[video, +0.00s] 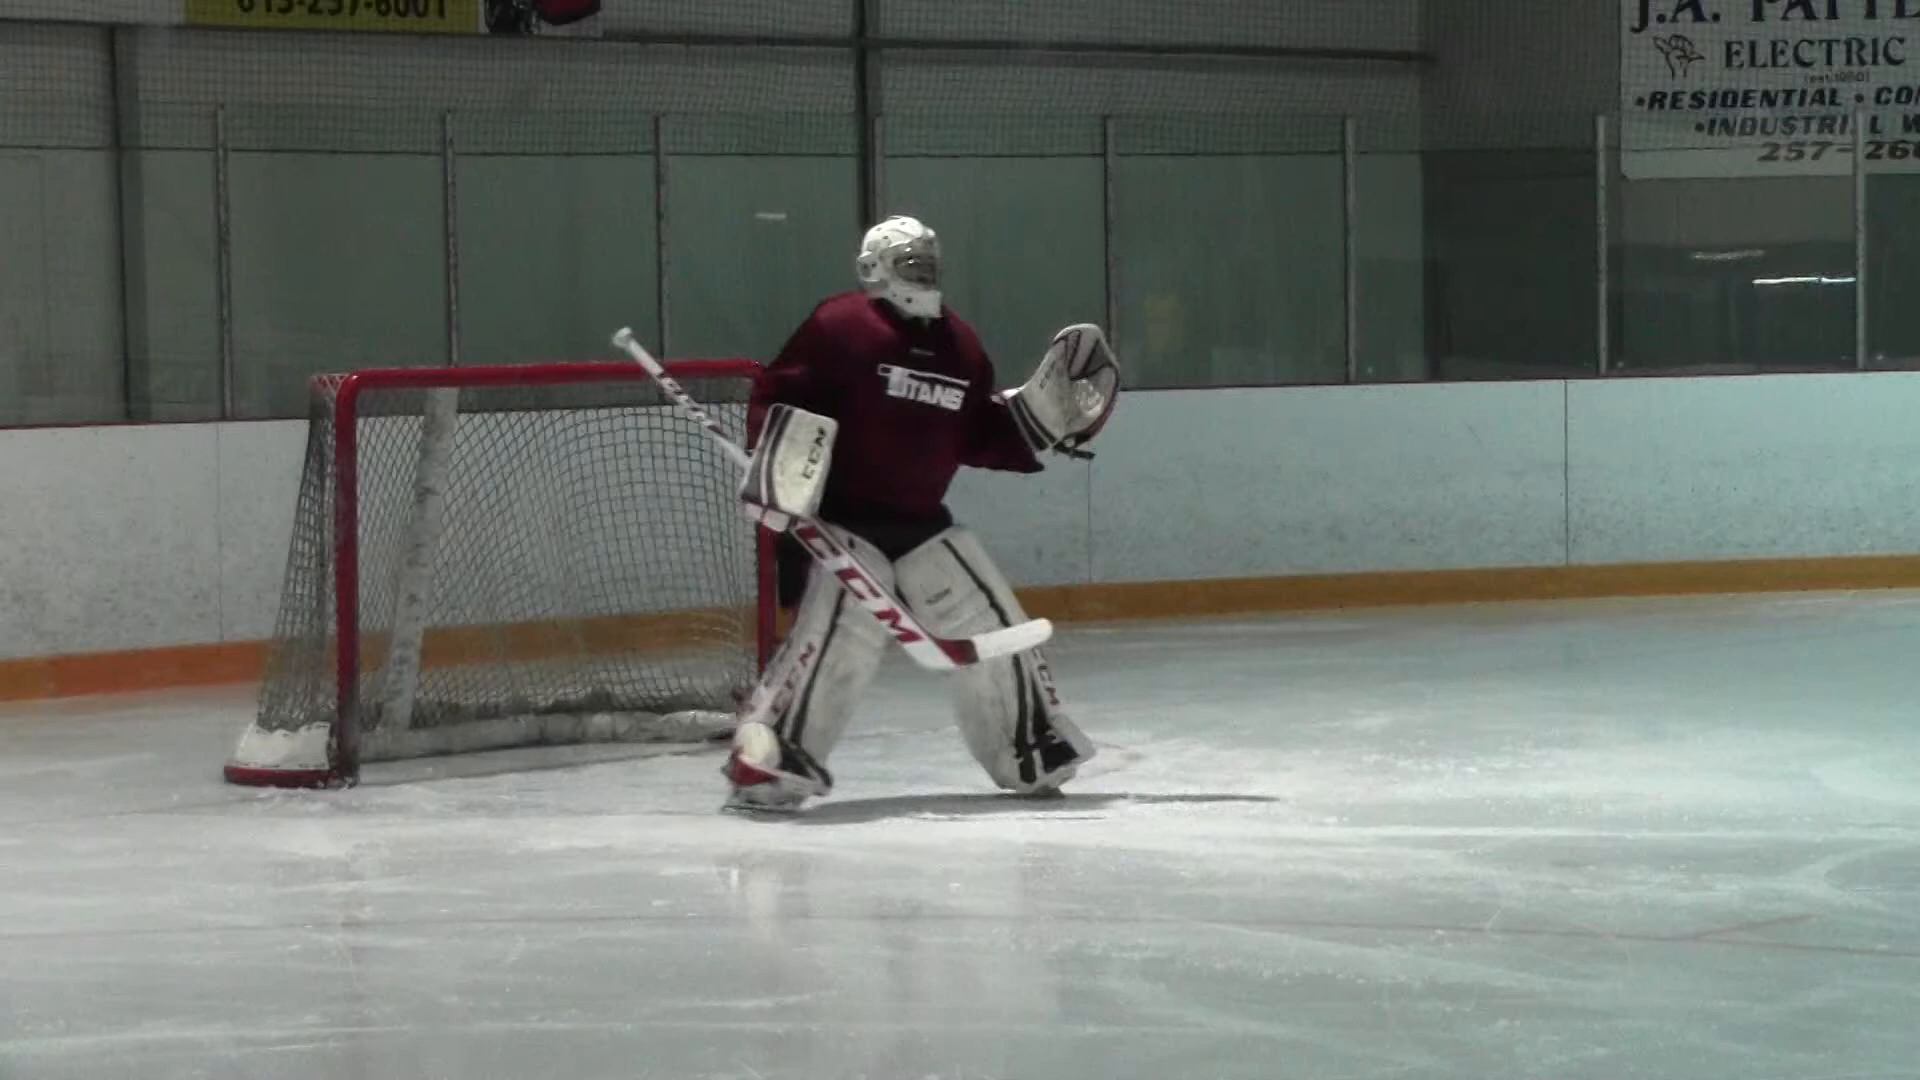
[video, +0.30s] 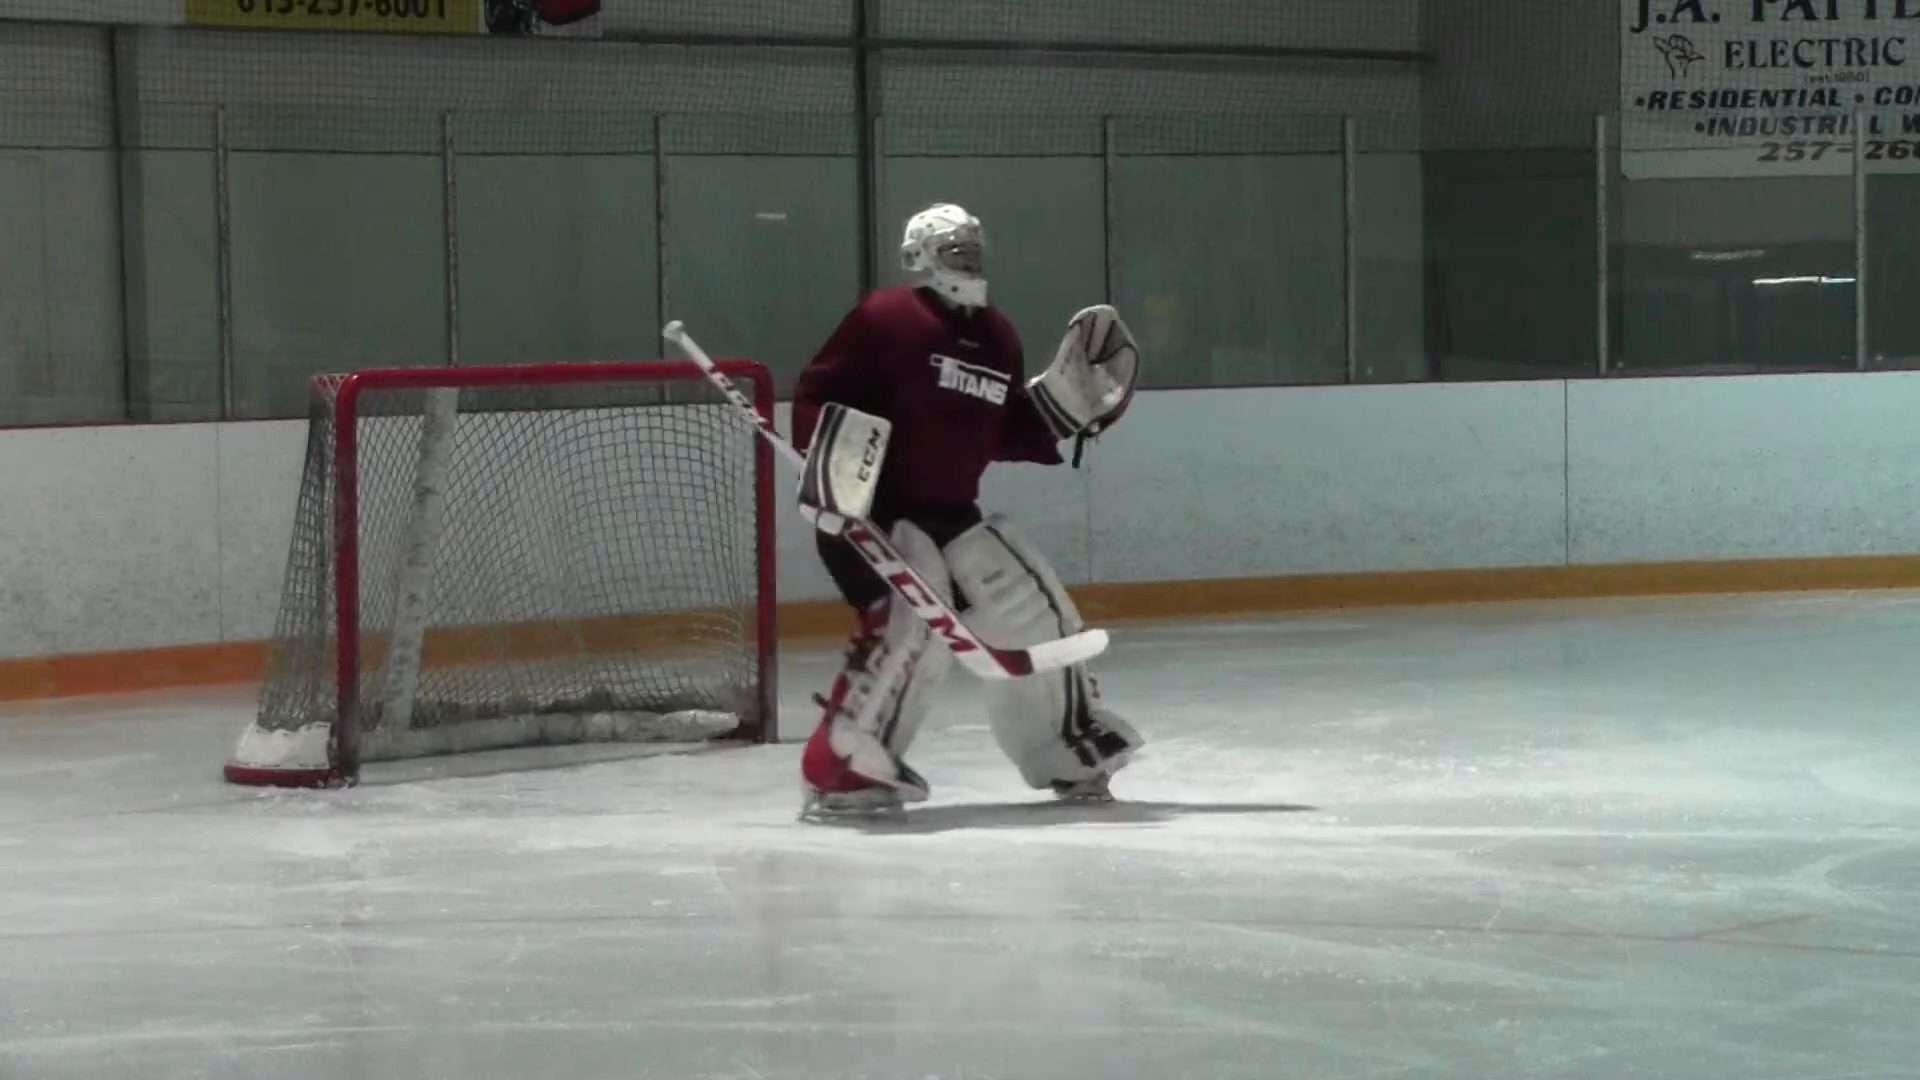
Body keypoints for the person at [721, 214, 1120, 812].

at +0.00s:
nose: (924, 282)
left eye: (930, 270)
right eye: (909, 270)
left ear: (937, 270)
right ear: (876, 274)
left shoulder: (960, 345)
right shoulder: (841, 326)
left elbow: (972, 436)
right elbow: (779, 398)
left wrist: (1045, 415)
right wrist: (776, 471)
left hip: (922, 525)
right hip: (841, 521)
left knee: (994, 627)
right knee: (842, 639)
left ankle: (1030, 760)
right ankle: (774, 769)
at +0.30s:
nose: (968, 268)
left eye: (974, 256)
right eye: (954, 257)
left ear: (982, 258)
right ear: (920, 261)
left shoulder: (996, 337)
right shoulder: (884, 318)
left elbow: (1001, 432)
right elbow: (816, 397)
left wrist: (1066, 405)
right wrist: (833, 456)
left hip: (954, 521)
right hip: (874, 515)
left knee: (1032, 618)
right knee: (913, 622)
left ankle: (1067, 753)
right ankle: (846, 765)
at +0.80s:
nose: (1104, 287)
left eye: (1108, 275)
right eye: (1089, 277)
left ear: (1115, 278)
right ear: (1053, 284)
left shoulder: (1121, 358)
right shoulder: (1017, 337)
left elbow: (1117, 446)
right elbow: (949, 427)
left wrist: (1189, 420)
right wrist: (987, 489)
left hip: (1084, 540)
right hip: (1012, 540)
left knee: (1159, 627)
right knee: (1016, 654)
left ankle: (1192, 762)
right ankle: (924, 774)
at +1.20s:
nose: (1184, 298)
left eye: (1188, 288)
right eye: (1170, 288)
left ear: (1194, 291)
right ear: (1135, 293)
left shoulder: (1190, 367)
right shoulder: (1103, 344)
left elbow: (1183, 456)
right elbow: (1027, 420)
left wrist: (1250, 442)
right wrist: (1077, 474)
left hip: (1133, 523)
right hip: (1049, 517)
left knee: (1199, 610)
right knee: (1108, 627)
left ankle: (1237, 736)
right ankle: (1043, 758)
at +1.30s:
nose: (1194, 306)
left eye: (1198, 295)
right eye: (1180, 297)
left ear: (1202, 298)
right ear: (1144, 302)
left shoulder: (1195, 374)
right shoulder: (1115, 351)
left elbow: (1187, 463)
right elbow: (1040, 429)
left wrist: (1252, 449)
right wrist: (1087, 485)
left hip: (1150, 531)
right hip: (1066, 527)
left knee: (1218, 615)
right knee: (1111, 638)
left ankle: (1232, 750)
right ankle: (1038, 764)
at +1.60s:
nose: (1227, 312)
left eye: (1229, 301)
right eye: (1214, 303)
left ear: (1229, 303)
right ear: (1181, 309)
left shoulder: (1225, 376)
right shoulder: (1153, 356)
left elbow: (1209, 459)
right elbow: (1076, 419)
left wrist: (1270, 461)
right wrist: (1118, 485)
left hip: (1187, 523)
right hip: (1136, 519)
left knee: (1236, 614)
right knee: (1157, 621)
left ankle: (1227, 735)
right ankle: (1101, 744)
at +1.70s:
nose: (1231, 318)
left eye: (1232, 307)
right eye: (1218, 308)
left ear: (1229, 311)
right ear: (1185, 314)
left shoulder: (1220, 381)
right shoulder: (1156, 359)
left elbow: (1206, 465)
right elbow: (1083, 423)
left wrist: (1269, 464)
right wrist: (1129, 490)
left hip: (1161, 521)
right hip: (1081, 514)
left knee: (1233, 609)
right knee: (1152, 627)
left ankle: (1222, 740)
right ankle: (1068, 749)